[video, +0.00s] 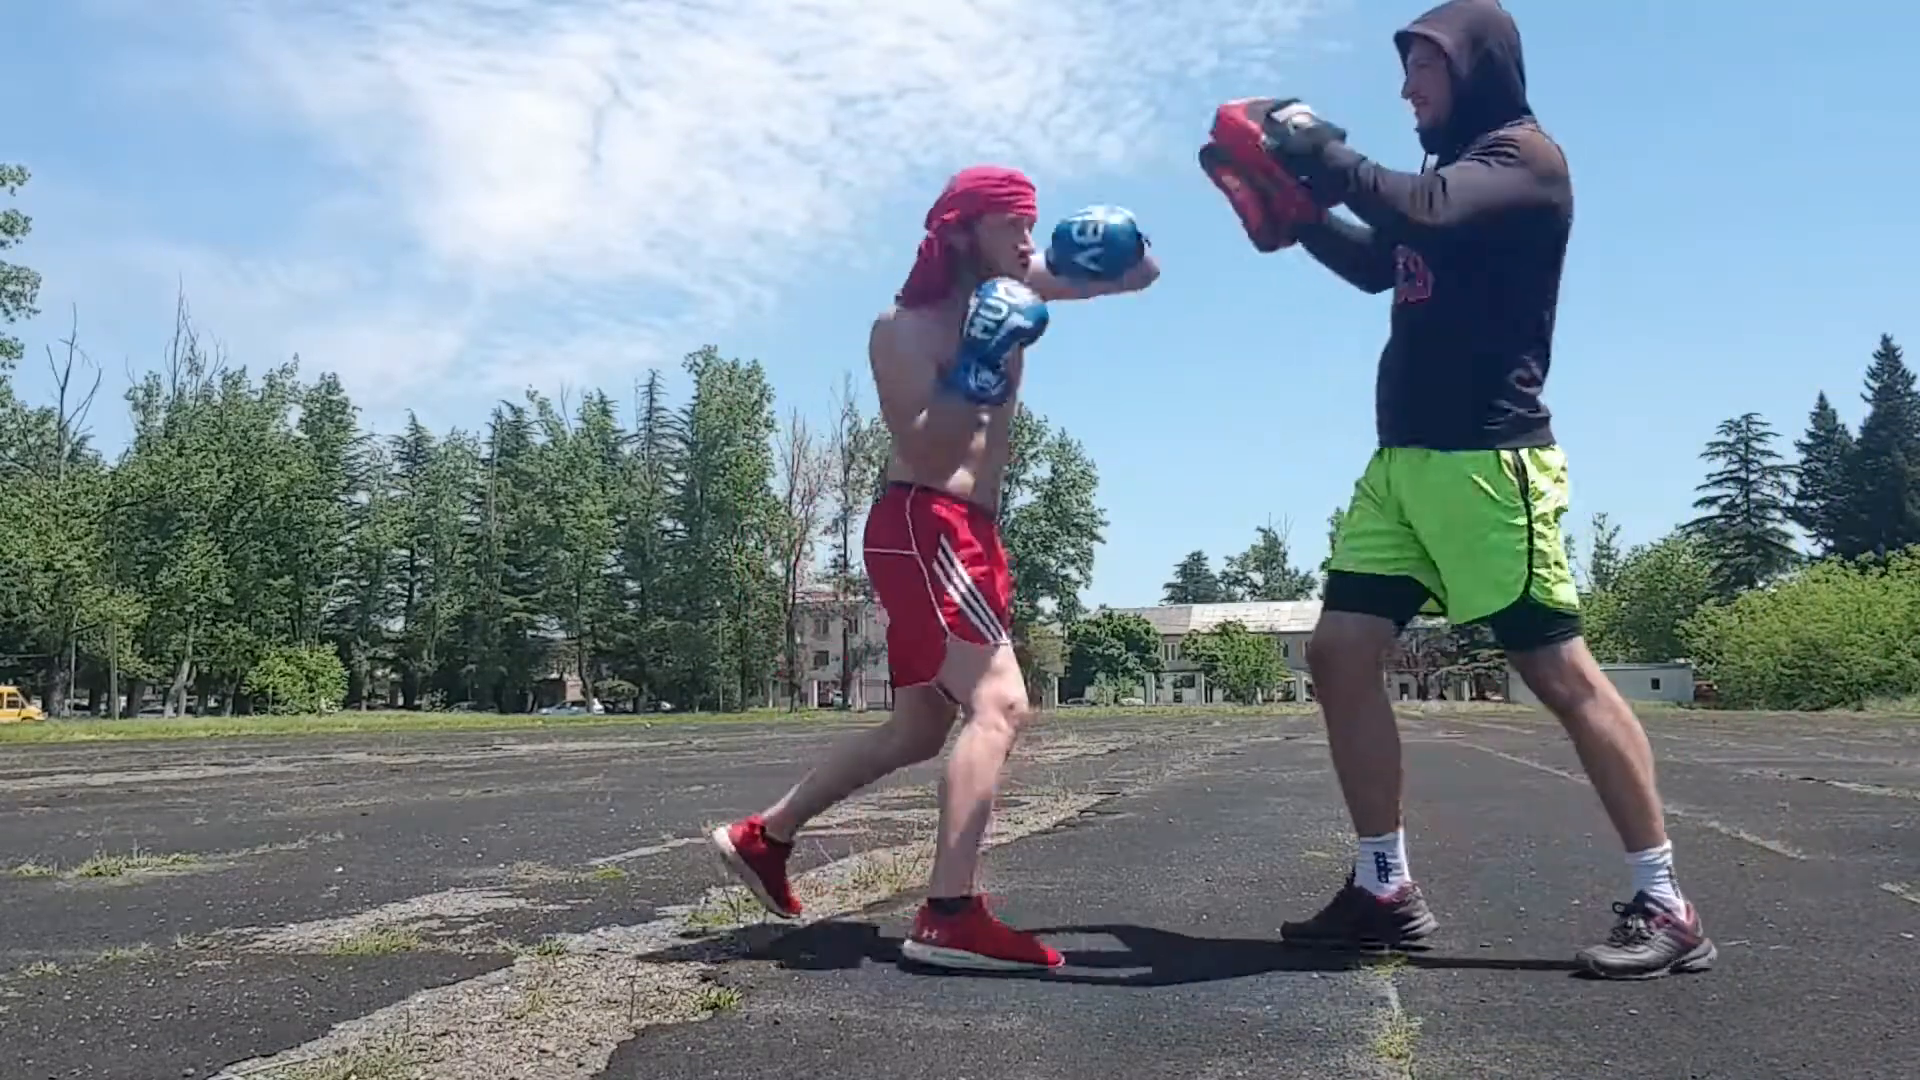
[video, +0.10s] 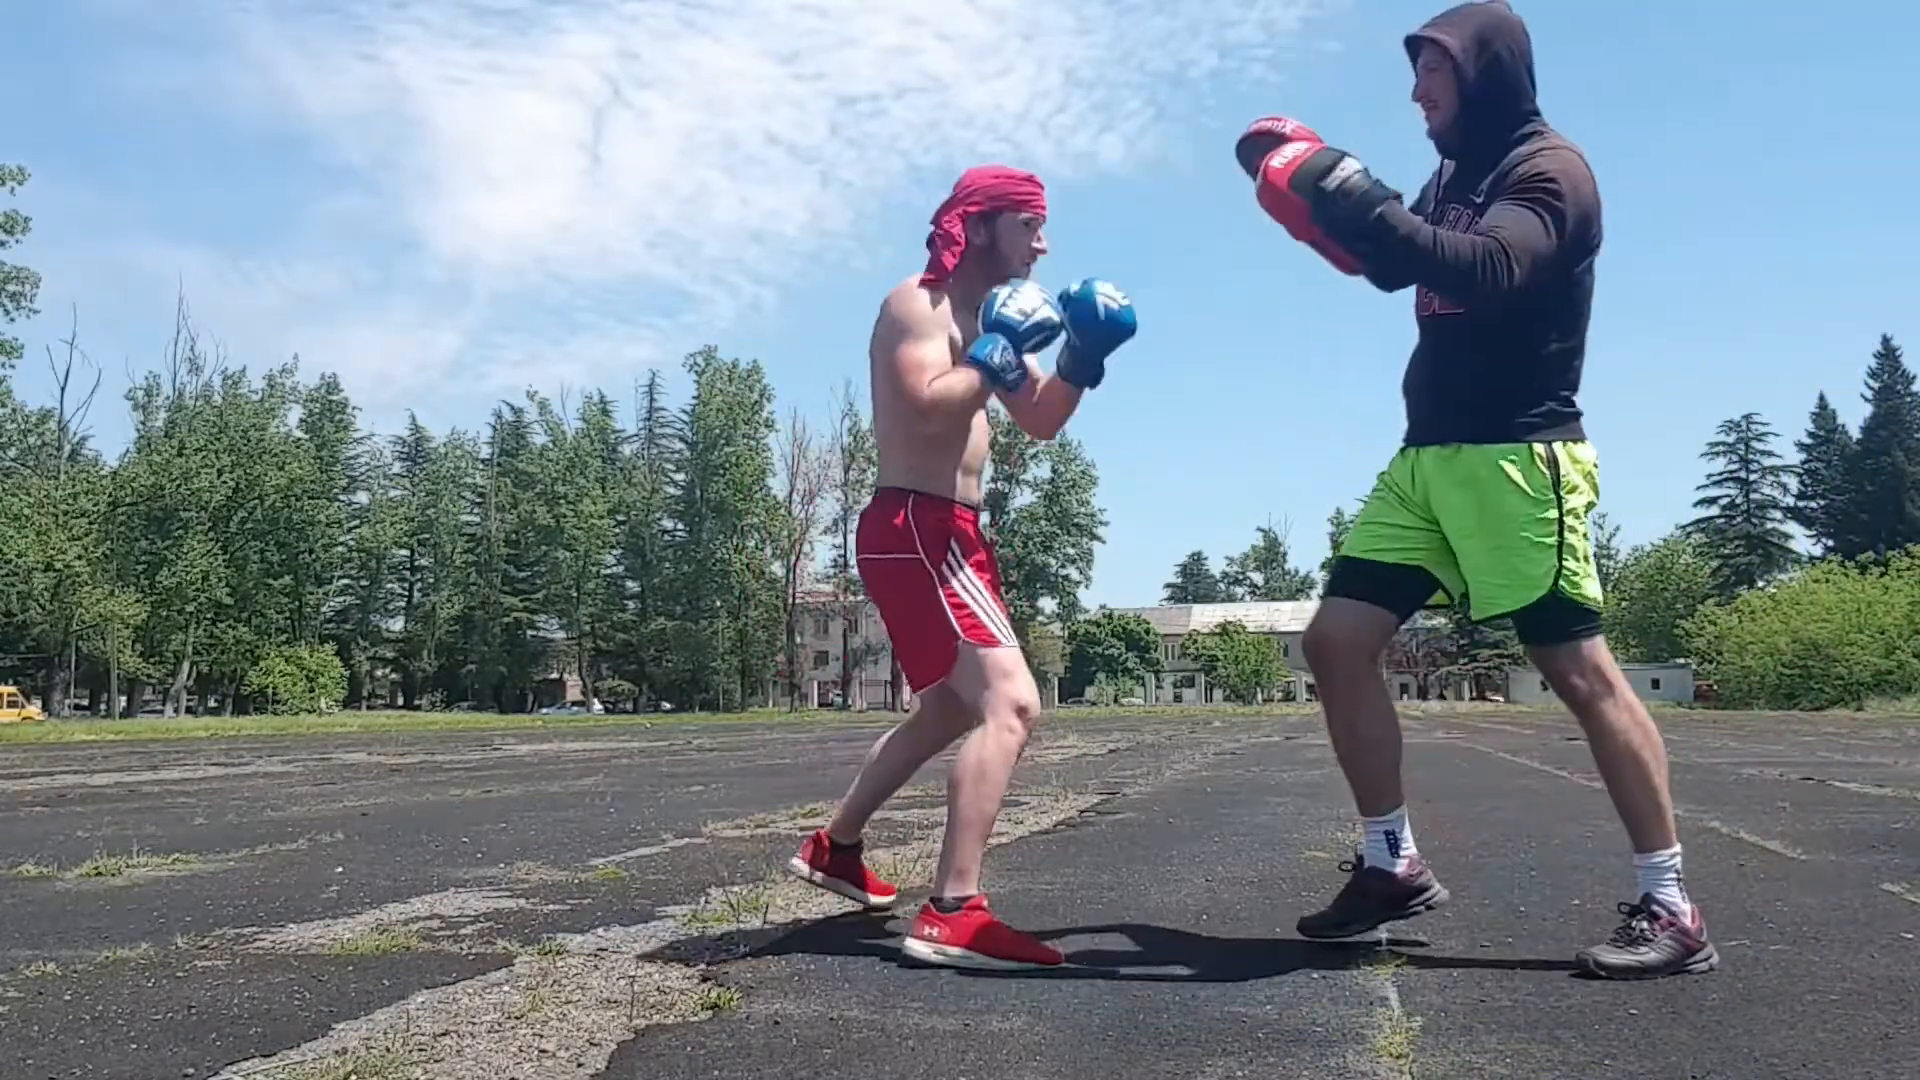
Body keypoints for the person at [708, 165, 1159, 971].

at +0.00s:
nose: (1028, 243)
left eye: (1027, 228)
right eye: (1014, 227)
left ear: (999, 237)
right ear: (963, 232)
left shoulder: (1007, 296)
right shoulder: (902, 330)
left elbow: (1137, 276)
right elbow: (921, 448)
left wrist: (1122, 250)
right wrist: (983, 362)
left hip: (971, 530)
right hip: (921, 525)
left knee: (915, 730)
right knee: (999, 702)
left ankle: (767, 833)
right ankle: (951, 909)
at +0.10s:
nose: (1042, 240)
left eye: (1041, 225)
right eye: (1028, 224)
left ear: (1001, 237)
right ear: (978, 229)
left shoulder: (987, 320)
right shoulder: (916, 304)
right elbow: (930, 402)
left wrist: (1085, 357)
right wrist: (999, 351)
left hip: (953, 534)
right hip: (916, 532)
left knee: (948, 709)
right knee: (1009, 704)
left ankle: (835, 843)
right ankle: (952, 907)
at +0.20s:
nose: (1037, 275)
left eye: (1036, 261)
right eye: (1027, 260)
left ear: (984, 264)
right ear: (984, 260)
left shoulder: (954, 332)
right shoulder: (940, 306)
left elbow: (965, 472)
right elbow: (937, 410)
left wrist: (1013, 418)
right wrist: (1018, 377)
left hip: (924, 547)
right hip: (921, 549)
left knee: (949, 719)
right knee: (1025, 714)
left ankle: (835, 850)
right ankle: (953, 907)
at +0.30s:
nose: (1020, 286)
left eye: (1019, 271)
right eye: (1011, 271)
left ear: (957, 273)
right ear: (974, 270)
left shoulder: (919, 329)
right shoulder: (946, 302)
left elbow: (948, 474)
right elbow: (932, 396)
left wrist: (1002, 408)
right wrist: (1011, 378)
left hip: (883, 548)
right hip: (922, 544)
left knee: (921, 721)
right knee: (1024, 712)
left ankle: (822, 866)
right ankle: (959, 901)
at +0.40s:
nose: (1014, 247)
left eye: (1013, 234)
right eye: (1005, 232)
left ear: (954, 231)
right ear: (969, 228)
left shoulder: (914, 296)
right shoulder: (943, 260)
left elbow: (948, 443)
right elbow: (952, 356)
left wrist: (995, 379)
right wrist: (1024, 321)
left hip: (868, 515)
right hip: (908, 509)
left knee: (910, 697)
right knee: (1006, 685)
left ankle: (830, 853)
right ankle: (971, 883)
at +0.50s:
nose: (1003, 241)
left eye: (1002, 226)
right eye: (994, 225)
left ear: (940, 223)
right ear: (957, 221)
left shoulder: (917, 290)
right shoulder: (921, 262)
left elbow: (958, 428)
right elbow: (973, 350)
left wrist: (1011, 347)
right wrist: (1057, 321)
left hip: (879, 509)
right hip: (905, 506)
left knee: (913, 694)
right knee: (989, 692)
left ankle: (808, 839)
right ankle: (971, 895)